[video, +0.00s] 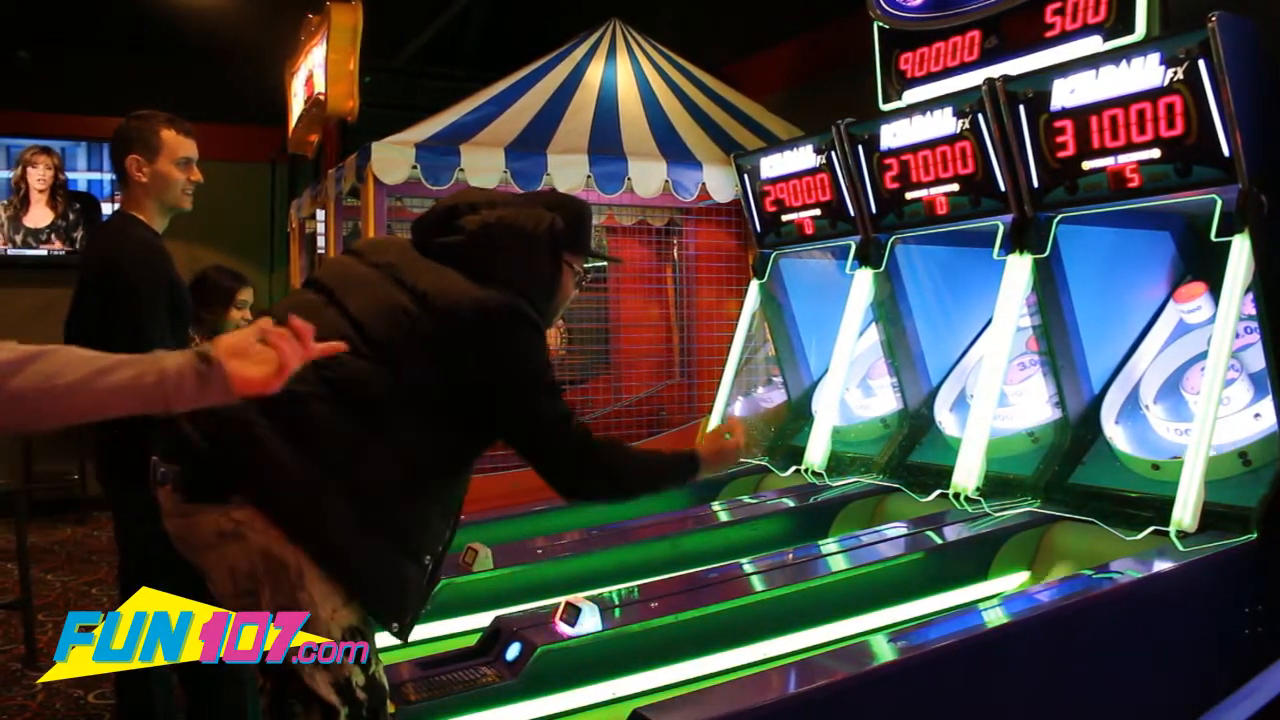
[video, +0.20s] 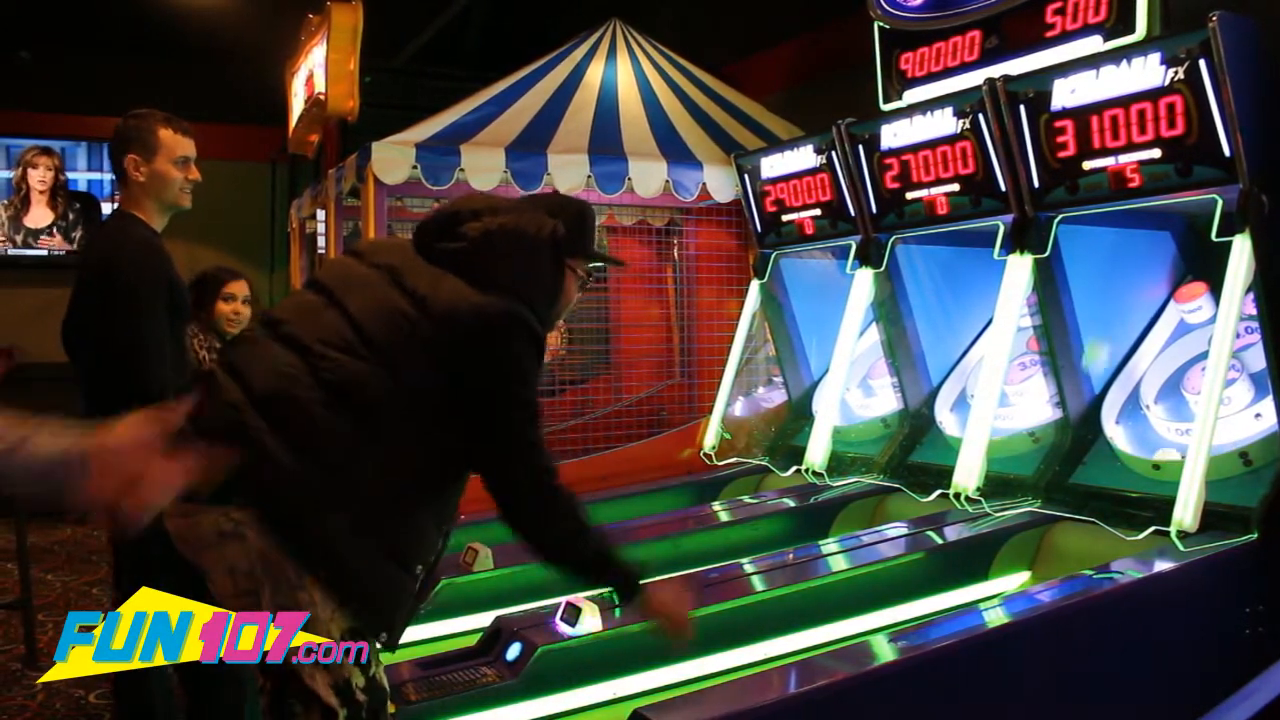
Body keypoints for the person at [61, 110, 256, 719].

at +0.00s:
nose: (196, 177)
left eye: (196, 166)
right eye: (184, 165)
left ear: (141, 173)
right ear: (138, 169)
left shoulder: (116, 239)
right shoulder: (133, 249)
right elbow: (142, 373)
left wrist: (206, 373)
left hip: (134, 453)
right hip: (145, 461)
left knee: (151, 591)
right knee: (165, 596)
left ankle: (147, 702)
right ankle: (157, 704)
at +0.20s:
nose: (195, 176)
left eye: (194, 164)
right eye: (183, 164)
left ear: (139, 171)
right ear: (136, 168)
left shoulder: (111, 239)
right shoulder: (135, 252)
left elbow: (76, 337)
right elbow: (153, 374)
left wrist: (122, 433)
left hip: (131, 451)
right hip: (148, 456)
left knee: (145, 593)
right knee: (168, 597)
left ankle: (145, 703)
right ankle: (163, 704)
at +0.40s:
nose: (191, 174)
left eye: (190, 162)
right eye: (177, 161)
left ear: (137, 171)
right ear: (131, 167)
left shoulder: (116, 239)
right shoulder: (125, 248)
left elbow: (86, 340)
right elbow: (146, 365)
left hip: (121, 450)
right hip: (132, 458)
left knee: (135, 592)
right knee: (155, 596)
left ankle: (137, 702)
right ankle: (148, 704)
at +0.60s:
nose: (174, 170)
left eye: (173, 158)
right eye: (160, 158)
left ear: (123, 171)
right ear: (113, 167)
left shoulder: (115, 241)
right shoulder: (109, 250)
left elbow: (132, 357)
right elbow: (124, 371)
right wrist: (151, 456)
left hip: (120, 456)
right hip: (118, 462)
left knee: (138, 601)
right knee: (152, 602)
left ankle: (135, 703)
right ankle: (145, 705)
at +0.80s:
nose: (153, 167)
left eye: (152, 155)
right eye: (137, 155)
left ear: (97, 167)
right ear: (86, 165)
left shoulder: (93, 244)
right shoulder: (83, 253)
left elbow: (105, 387)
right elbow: (96, 397)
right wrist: (136, 507)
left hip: (99, 476)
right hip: (97, 485)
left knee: (105, 633)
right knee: (110, 638)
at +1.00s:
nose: (130, 163)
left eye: (130, 150)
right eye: (115, 151)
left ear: (80, 166)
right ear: (65, 162)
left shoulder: (81, 243)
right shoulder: (51, 250)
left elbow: (80, 389)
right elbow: (54, 398)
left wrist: (107, 490)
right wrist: (96, 515)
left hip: (90, 481)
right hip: (60, 490)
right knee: (43, 656)